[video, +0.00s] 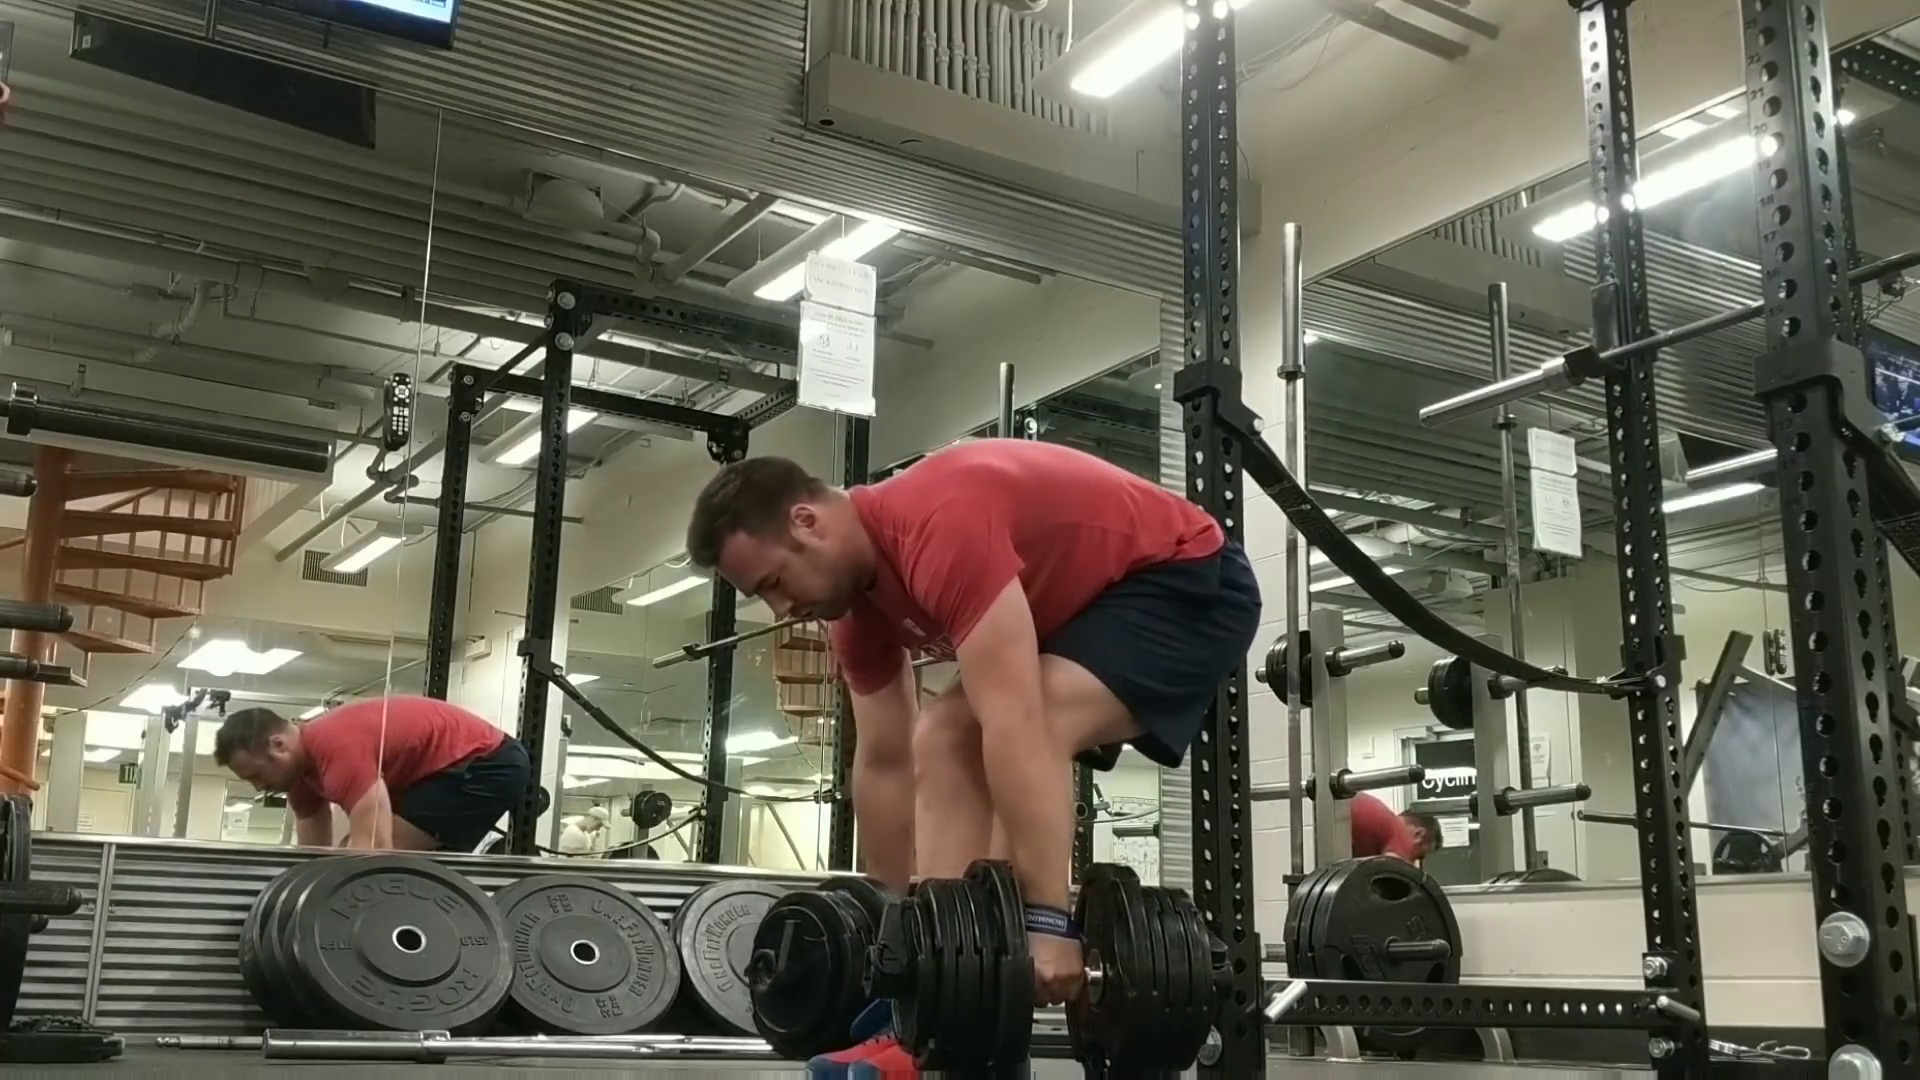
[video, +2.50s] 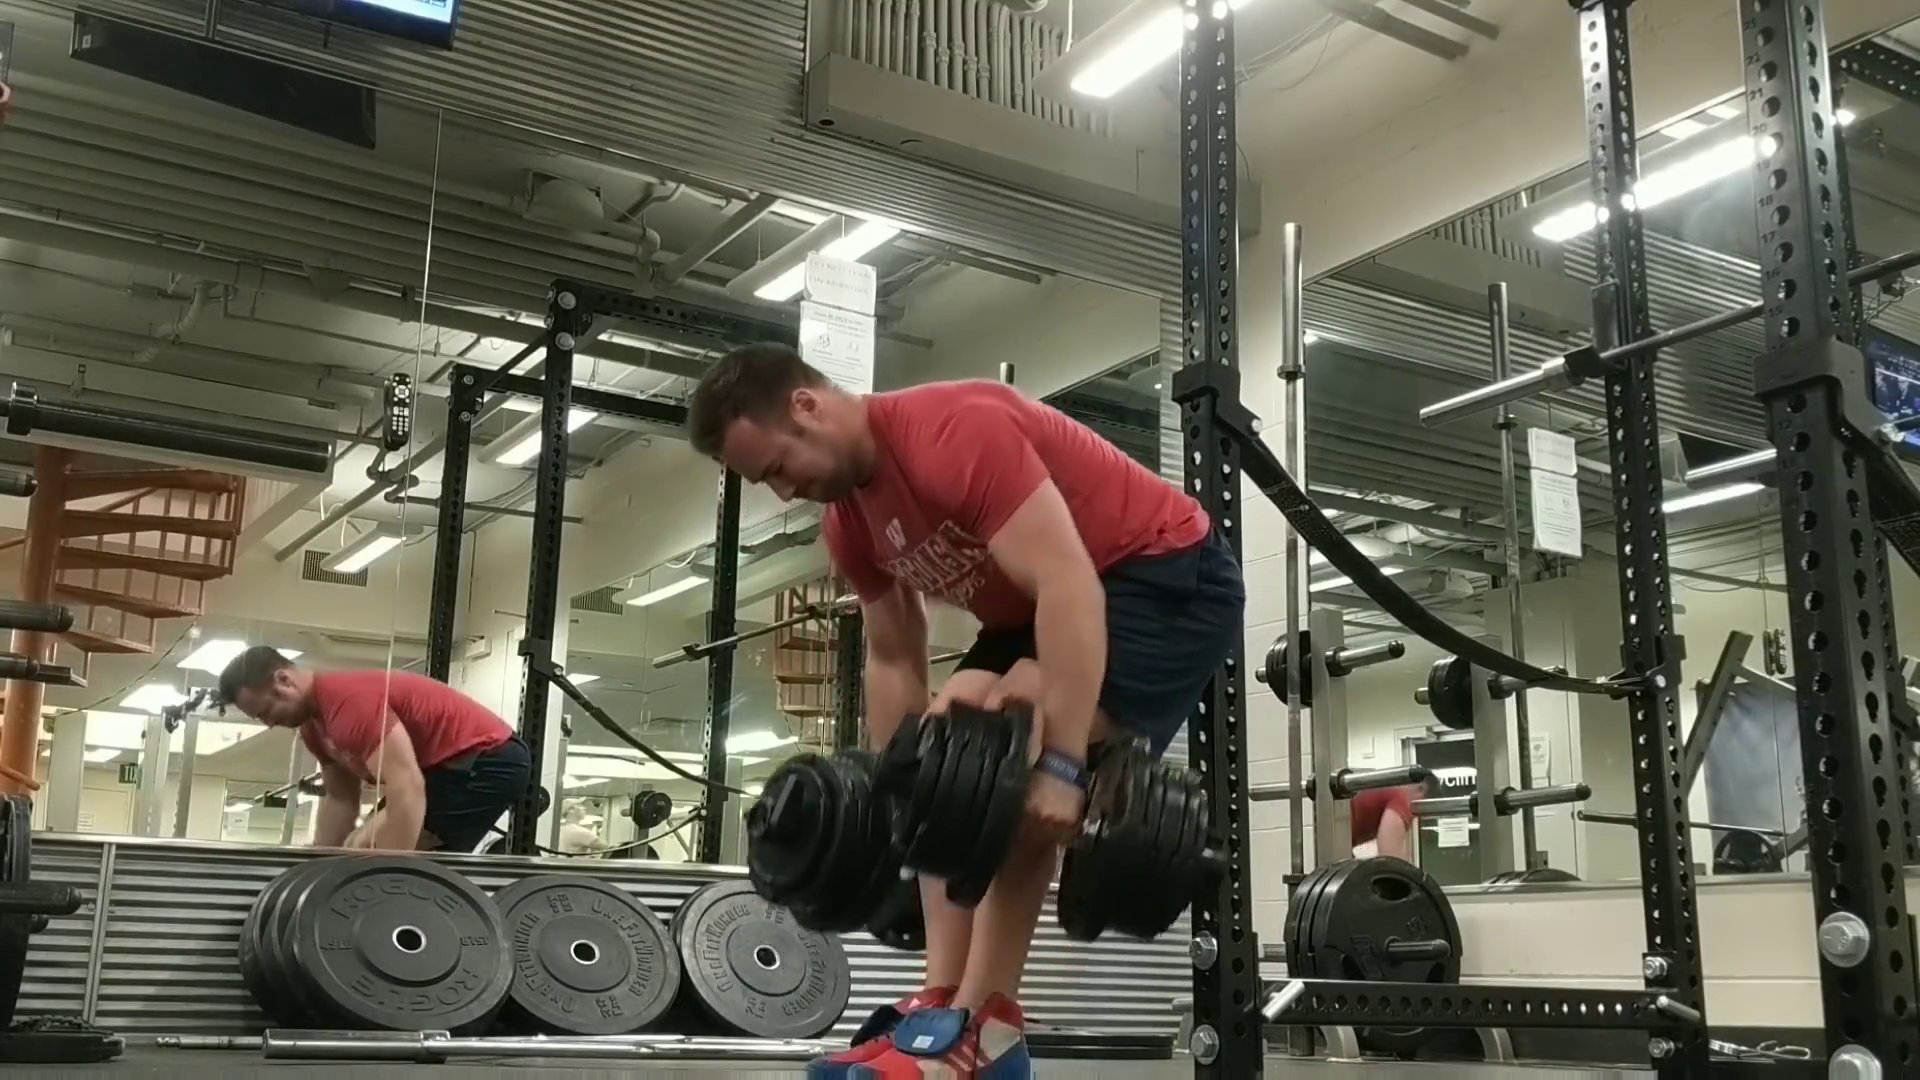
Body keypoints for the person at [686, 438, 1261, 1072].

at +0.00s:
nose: (778, 610)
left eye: (772, 584)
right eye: (761, 597)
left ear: (807, 523)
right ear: (806, 523)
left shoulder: (947, 525)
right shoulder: (859, 608)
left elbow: (1018, 722)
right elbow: (883, 764)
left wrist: (1049, 920)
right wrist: (886, 944)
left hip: (1186, 584)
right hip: (1082, 613)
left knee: (1021, 728)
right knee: (944, 730)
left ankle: (976, 1025)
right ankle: (918, 1007)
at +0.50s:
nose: (760, 593)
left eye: (755, 566)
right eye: (743, 581)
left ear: (793, 505)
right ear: (794, 509)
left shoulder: (940, 527)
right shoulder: (839, 611)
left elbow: (1013, 727)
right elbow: (876, 765)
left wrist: (1050, 921)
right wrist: (890, 943)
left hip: (1176, 585)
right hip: (1075, 612)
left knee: (1003, 739)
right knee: (932, 743)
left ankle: (975, 1021)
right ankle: (921, 1005)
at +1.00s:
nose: (763, 546)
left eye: (761, 520)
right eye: (748, 535)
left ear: (801, 458)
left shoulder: (955, 494)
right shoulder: (845, 580)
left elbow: (1008, 695)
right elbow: (874, 733)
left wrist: (1031, 883)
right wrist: (876, 899)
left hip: (1170, 581)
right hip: (1071, 608)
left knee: (971, 739)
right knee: (934, 739)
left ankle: (989, 1030)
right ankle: (930, 1020)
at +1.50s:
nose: (760, 575)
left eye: (755, 548)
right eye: (743, 563)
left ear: (791, 485)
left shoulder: (943, 512)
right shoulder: (837, 601)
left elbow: (992, 711)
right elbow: (859, 752)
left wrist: (1001, 912)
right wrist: (851, 922)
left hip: (1169, 582)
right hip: (1060, 615)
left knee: (1015, 729)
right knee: (928, 738)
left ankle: (995, 1024)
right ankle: (930, 1018)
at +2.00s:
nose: (757, 557)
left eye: (755, 530)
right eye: (742, 545)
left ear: (797, 470)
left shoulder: (944, 505)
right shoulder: (837, 591)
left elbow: (992, 703)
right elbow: (858, 746)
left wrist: (1001, 905)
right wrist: (850, 912)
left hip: (1169, 581)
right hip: (1062, 615)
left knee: (1021, 725)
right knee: (929, 738)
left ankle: (994, 1024)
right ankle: (927, 1021)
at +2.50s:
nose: (783, 493)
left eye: (777, 469)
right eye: (765, 483)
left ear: (810, 404)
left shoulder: (958, 432)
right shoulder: (849, 523)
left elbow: (1069, 581)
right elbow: (891, 655)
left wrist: (1064, 761)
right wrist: (887, 803)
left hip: (1164, 570)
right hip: (1040, 600)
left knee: (1027, 727)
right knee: (947, 732)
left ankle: (990, 1017)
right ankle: (943, 998)